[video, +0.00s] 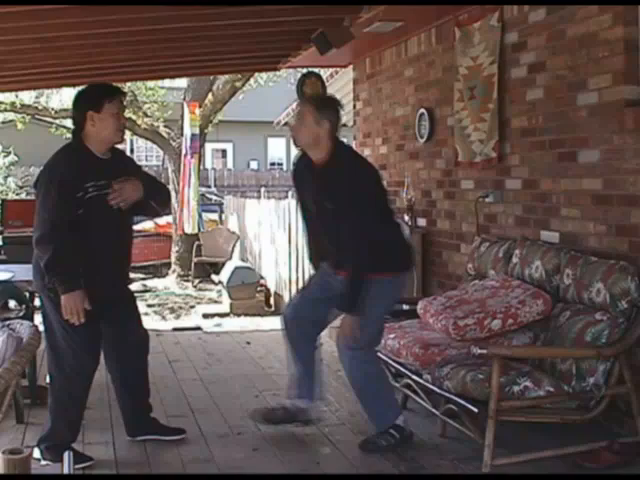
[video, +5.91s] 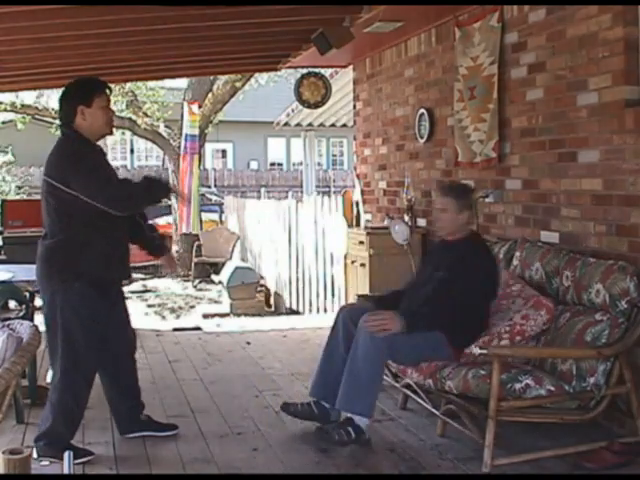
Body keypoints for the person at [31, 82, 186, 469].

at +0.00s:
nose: (124, 119)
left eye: (123, 112)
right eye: (117, 113)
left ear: (105, 120)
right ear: (91, 119)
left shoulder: (121, 163)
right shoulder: (61, 168)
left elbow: (162, 200)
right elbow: (47, 235)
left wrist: (142, 191)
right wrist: (67, 287)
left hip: (111, 281)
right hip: (67, 284)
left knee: (132, 347)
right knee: (75, 364)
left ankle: (139, 422)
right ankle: (54, 444)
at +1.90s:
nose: (148, 123)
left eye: (148, 115)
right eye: (144, 115)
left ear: (122, 117)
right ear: (122, 116)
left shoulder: (118, 159)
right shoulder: (89, 158)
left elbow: (143, 203)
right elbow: (87, 224)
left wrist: (195, 205)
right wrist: (124, 266)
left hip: (110, 276)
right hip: (76, 278)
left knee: (129, 347)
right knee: (76, 362)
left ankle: (139, 422)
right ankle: (53, 444)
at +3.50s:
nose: (103, 115)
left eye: (102, 107)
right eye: (96, 108)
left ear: (77, 113)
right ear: (72, 112)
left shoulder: (98, 160)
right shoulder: (41, 166)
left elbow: (131, 198)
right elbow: (45, 233)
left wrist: (177, 181)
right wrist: (83, 272)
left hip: (100, 275)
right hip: (58, 280)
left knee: (120, 348)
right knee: (71, 361)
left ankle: (132, 422)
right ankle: (57, 443)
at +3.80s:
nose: (118, 117)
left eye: (117, 110)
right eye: (112, 110)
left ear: (95, 114)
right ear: (87, 113)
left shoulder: (116, 162)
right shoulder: (56, 162)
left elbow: (153, 206)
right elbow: (41, 225)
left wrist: (139, 203)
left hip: (106, 277)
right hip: (63, 280)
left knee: (124, 347)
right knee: (67, 361)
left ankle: (130, 419)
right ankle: (56, 442)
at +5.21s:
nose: (113, 114)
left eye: (111, 106)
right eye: (107, 106)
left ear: (84, 111)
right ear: (83, 110)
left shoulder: (94, 155)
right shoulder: (66, 155)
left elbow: (122, 207)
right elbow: (94, 212)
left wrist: (166, 231)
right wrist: (149, 184)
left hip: (105, 276)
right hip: (75, 279)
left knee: (123, 348)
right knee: (75, 362)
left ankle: (132, 420)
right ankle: (53, 441)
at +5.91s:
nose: (113, 114)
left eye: (111, 106)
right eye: (106, 107)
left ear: (86, 113)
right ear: (81, 112)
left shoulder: (92, 155)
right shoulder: (68, 156)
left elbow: (119, 212)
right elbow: (113, 197)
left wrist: (157, 246)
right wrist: (158, 186)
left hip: (98, 274)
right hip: (70, 277)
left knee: (118, 347)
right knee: (76, 359)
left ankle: (131, 420)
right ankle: (52, 442)